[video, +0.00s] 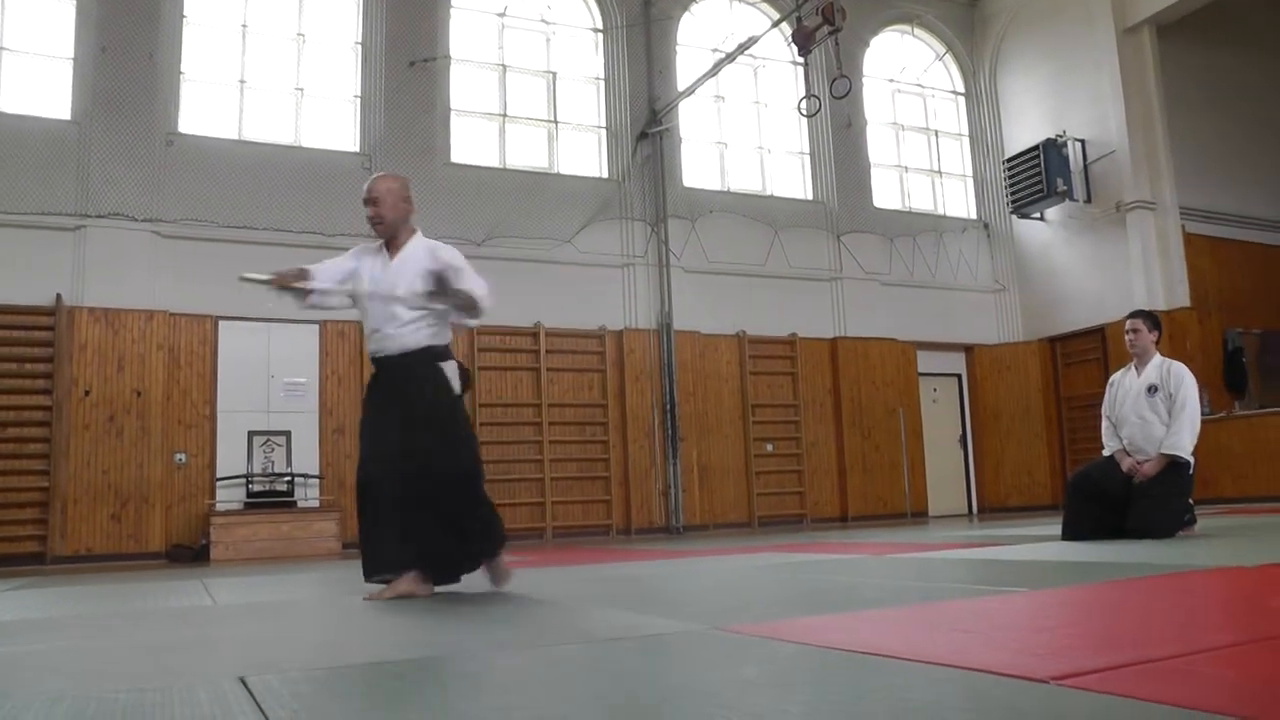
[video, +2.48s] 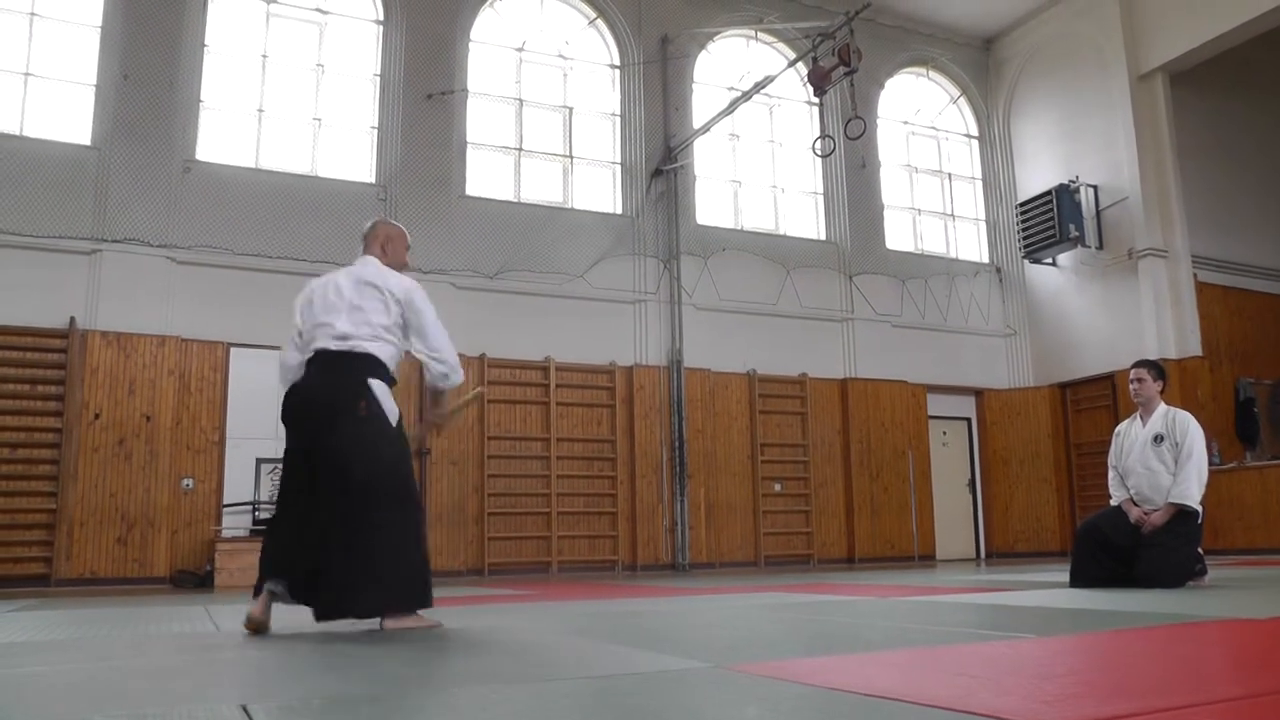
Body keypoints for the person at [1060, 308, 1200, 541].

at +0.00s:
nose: (1129, 337)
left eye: (1135, 331)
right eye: (1126, 332)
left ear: (1154, 336)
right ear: (1124, 337)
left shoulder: (1176, 373)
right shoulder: (1116, 381)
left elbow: (1186, 423)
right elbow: (1107, 425)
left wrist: (1157, 463)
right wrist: (1122, 458)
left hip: (1168, 466)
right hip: (1125, 464)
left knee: (1143, 528)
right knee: (1081, 485)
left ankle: (1184, 512)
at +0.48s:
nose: (1122, 341)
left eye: (1128, 335)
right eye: (1119, 336)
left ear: (1146, 338)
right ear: (1116, 341)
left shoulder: (1168, 374)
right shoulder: (1110, 384)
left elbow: (1179, 425)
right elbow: (1103, 429)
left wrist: (1153, 465)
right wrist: (1118, 461)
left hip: (1164, 468)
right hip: (1120, 467)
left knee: (1140, 530)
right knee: (1077, 488)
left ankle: (1180, 513)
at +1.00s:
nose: (1130, 360)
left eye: (1136, 354)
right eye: (1126, 355)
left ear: (1154, 358)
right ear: (1123, 360)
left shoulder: (1176, 395)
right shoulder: (1116, 403)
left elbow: (1186, 446)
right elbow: (1107, 448)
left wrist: (1158, 486)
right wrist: (1123, 481)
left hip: (1169, 488)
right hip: (1125, 487)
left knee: (1145, 551)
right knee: (1083, 506)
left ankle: (1186, 534)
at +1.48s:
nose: (1133, 376)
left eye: (1139, 370)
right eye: (1130, 371)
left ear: (1157, 373)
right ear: (1126, 376)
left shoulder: (1180, 410)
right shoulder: (1120, 418)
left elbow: (1190, 462)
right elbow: (1112, 464)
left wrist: (1162, 501)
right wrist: (1127, 496)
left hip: (1174, 504)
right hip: (1129, 502)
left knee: (1147, 565)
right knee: (1086, 521)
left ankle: (1190, 549)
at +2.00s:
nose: (1136, 383)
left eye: (1142, 378)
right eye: (1132, 379)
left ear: (1160, 382)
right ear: (1129, 384)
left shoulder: (1183, 419)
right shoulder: (1123, 427)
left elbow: (1192, 471)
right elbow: (1114, 472)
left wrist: (1164, 510)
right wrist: (1129, 505)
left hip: (1175, 512)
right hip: (1131, 510)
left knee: (1152, 574)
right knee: (1087, 531)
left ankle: (1193, 559)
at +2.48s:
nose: (1134, 387)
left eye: (1140, 381)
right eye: (1131, 382)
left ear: (1159, 385)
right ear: (1128, 387)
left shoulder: (1181, 422)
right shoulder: (1122, 431)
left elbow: (1192, 473)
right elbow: (1113, 476)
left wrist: (1164, 513)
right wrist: (1130, 509)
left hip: (1176, 515)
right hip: (1132, 514)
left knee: (1153, 577)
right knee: (1089, 533)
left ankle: (1194, 561)